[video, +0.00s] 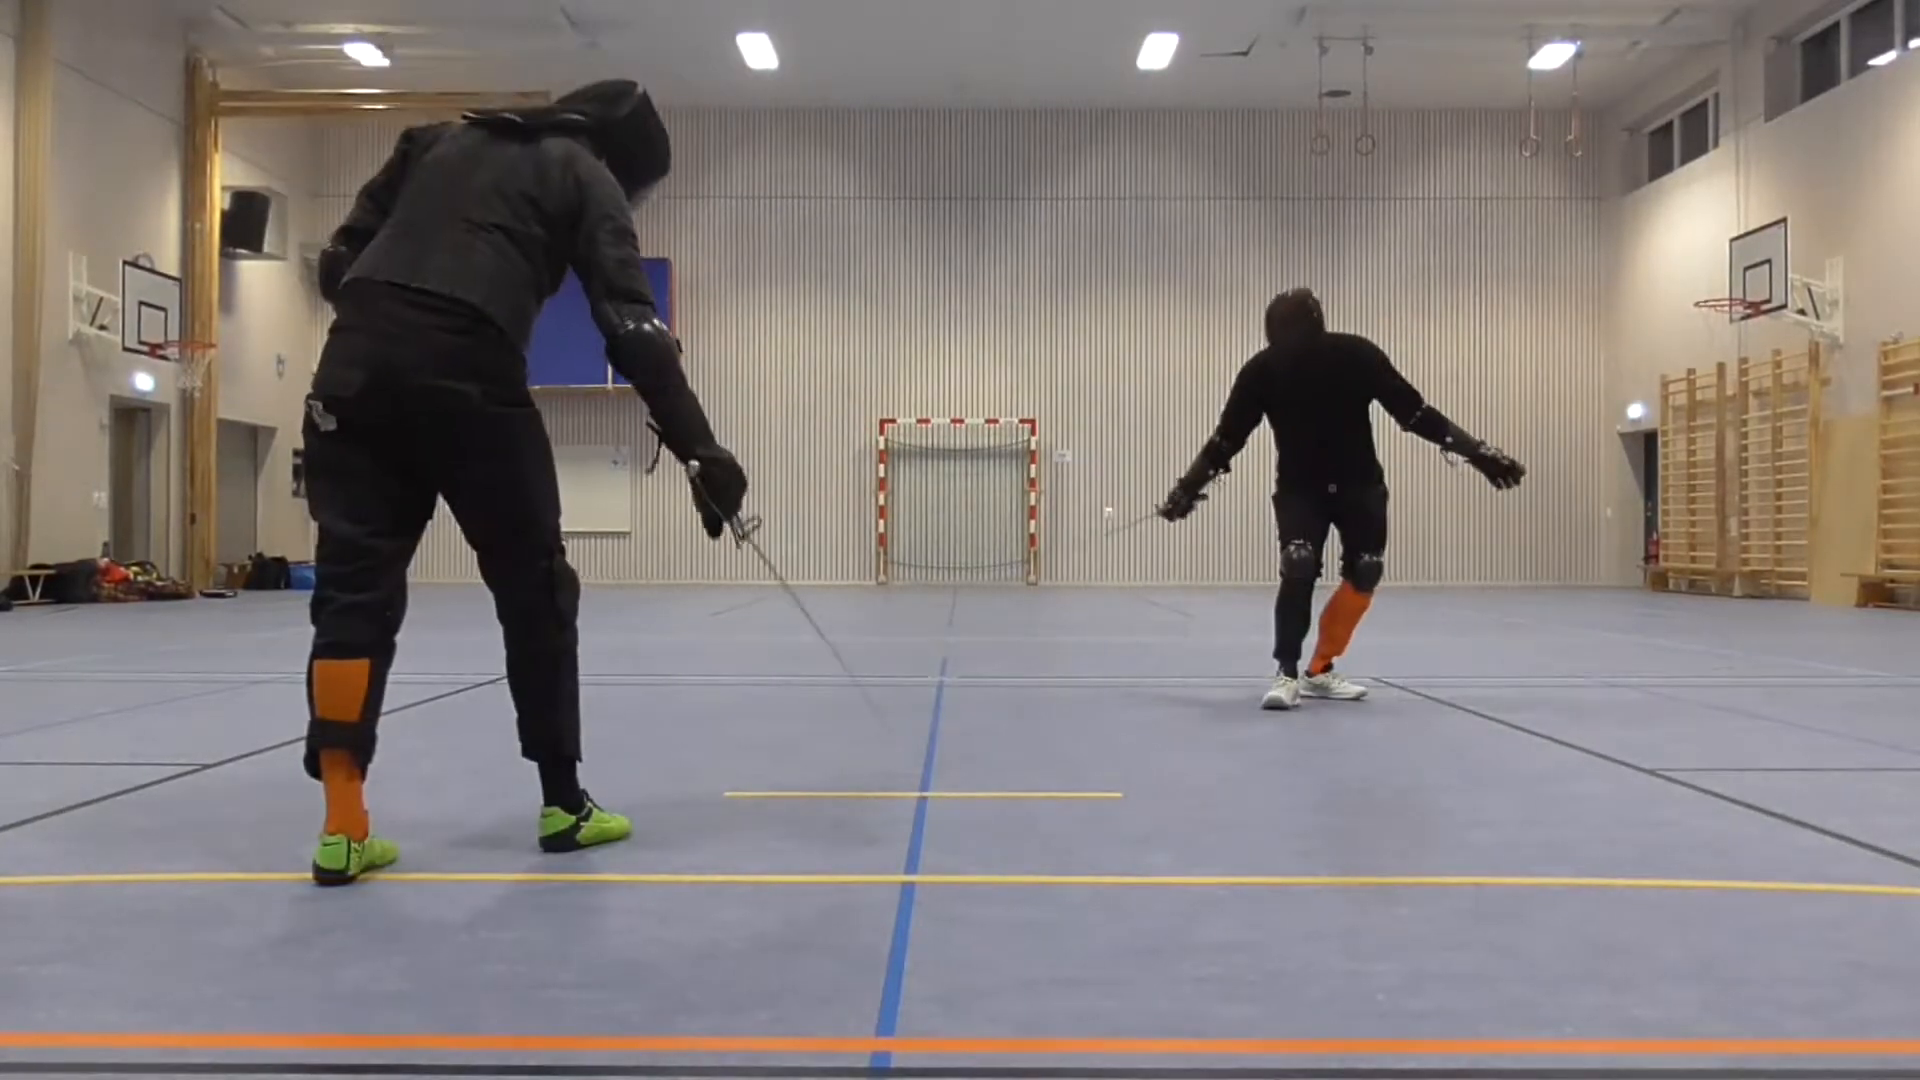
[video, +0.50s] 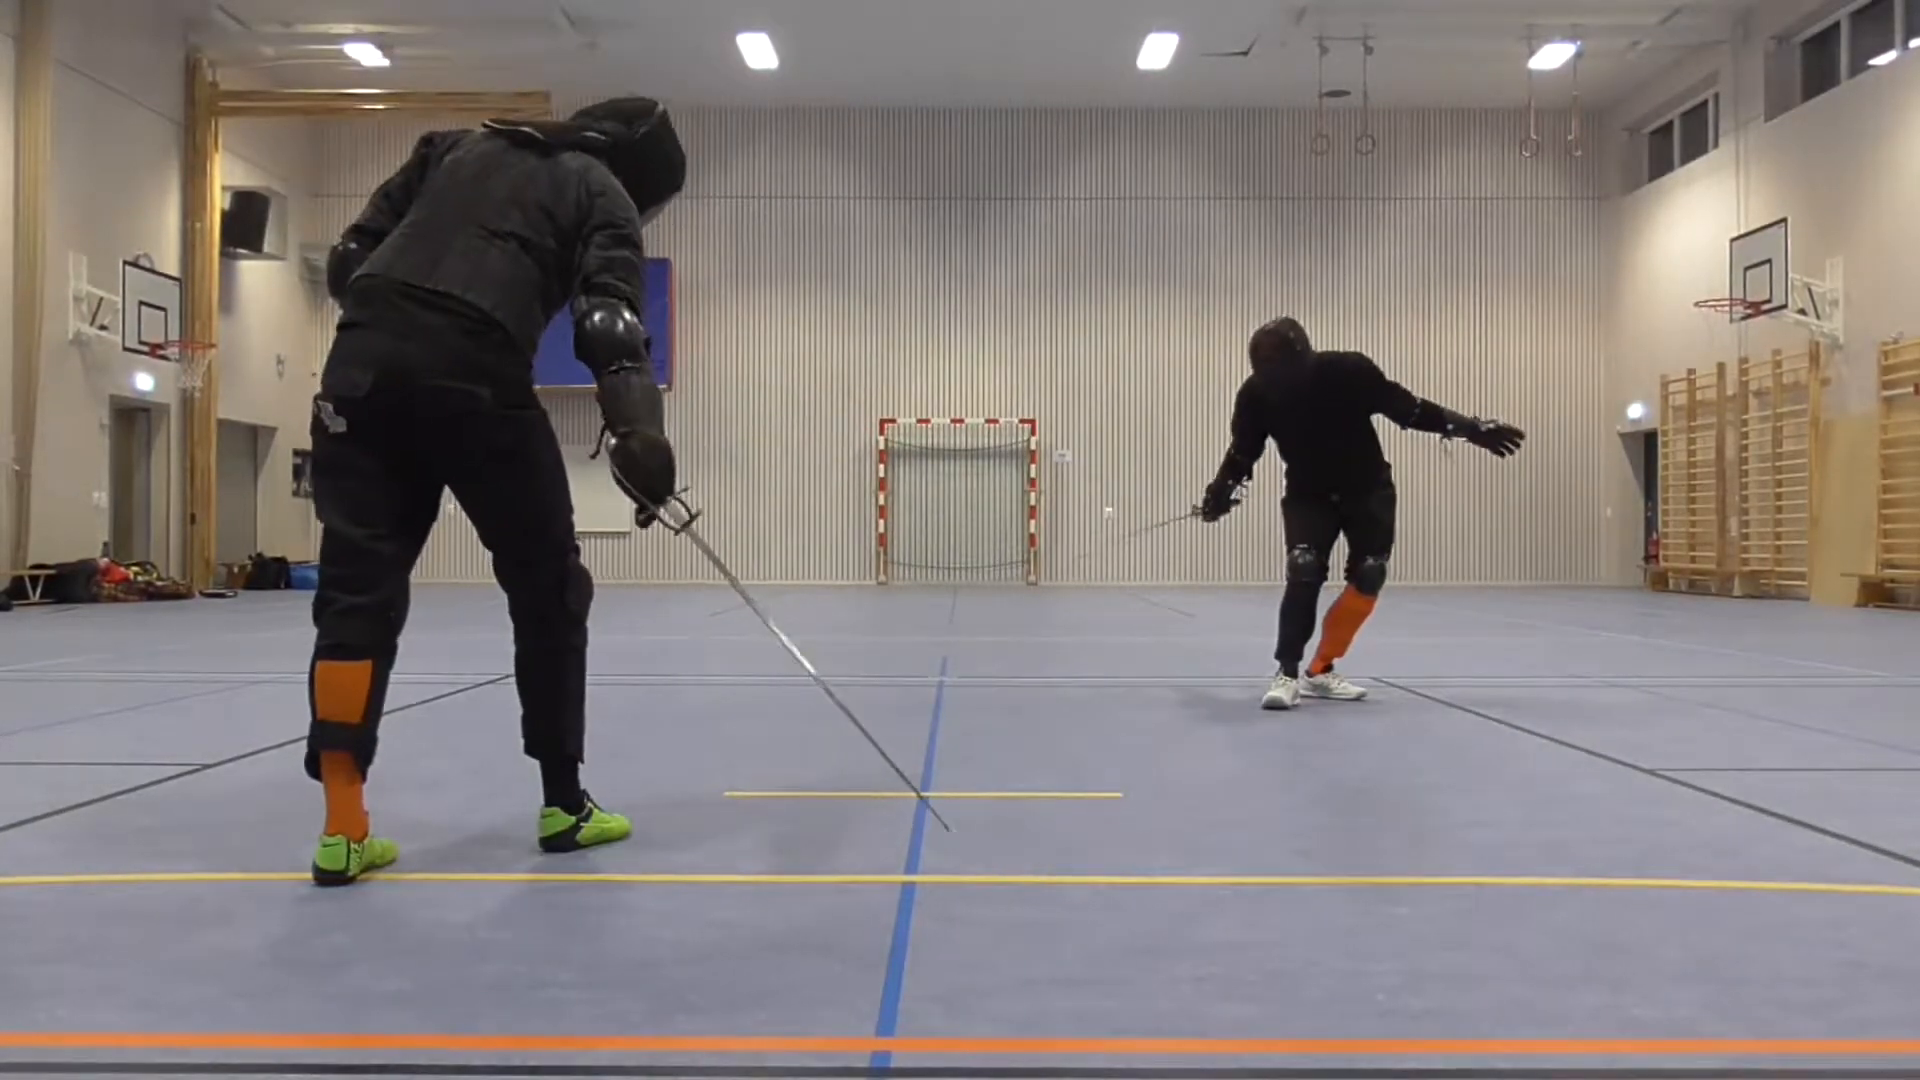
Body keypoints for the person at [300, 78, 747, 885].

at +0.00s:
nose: (630, 196)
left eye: (637, 184)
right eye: (634, 179)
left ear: (570, 116)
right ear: (616, 149)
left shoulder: (434, 142)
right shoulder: (586, 174)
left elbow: (342, 257)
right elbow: (631, 326)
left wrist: (392, 331)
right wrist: (701, 450)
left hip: (356, 371)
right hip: (469, 382)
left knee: (352, 589)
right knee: (534, 585)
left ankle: (343, 828)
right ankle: (562, 803)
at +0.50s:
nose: (641, 211)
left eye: (649, 200)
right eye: (647, 195)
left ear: (582, 130)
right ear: (628, 170)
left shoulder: (455, 146)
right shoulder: (604, 196)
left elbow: (351, 254)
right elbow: (609, 322)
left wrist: (399, 329)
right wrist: (641, 433)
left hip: (362, 373)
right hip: (476, 383)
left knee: (356, 592)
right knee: (548, 588)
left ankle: (341, 829)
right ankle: (563, 804)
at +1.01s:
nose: (541, 55)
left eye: (539, 42)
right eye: (538, 39)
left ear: (434, 22)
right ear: (519, 32)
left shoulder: (360, 103)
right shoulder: (516, 112)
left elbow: (306, 229)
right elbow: (583, 270)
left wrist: (393, 264)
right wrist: (652, 382)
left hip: (378, 373)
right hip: (491, 377)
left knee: (374, 585)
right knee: (546, 583)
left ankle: (345, 828)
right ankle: (564, 801)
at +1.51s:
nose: (469, 39)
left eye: (468, 26)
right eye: (466, 24)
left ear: (359, 14)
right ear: (440, 19)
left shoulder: (288, 108)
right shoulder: (451, 109)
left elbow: (267, 252)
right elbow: (508, 271)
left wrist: (358, 246)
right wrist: (577, 383)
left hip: (346, 388)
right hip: (464, 385)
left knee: (346, 595)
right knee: (516, 581)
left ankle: (342, 832)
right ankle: (537, 791)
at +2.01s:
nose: (564, 78)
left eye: (561, 59)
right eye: (560, 61)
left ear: (462, 43)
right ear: (540, 55)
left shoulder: (386, 142)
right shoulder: (545, 151)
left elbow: (368, 262)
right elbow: (585, 315)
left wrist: (465, 264)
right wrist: (644, 420)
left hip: (410, 397)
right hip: (524, 404)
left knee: (384, 594)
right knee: (583, 590)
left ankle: (346, 824)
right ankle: (636, 780)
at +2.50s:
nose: (670, 119)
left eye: (672, 106)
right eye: (671, 104)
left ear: (583, 78)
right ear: (649, 93)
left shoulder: (496, 154)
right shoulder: (645, 166)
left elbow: (485, 272)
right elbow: (697, 313)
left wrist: (537, 353)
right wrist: (753, 407)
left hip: (488, 391)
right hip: (597, 398)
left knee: (454, 572)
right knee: (634, 580)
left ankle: (419, 773)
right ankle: (641, 783)